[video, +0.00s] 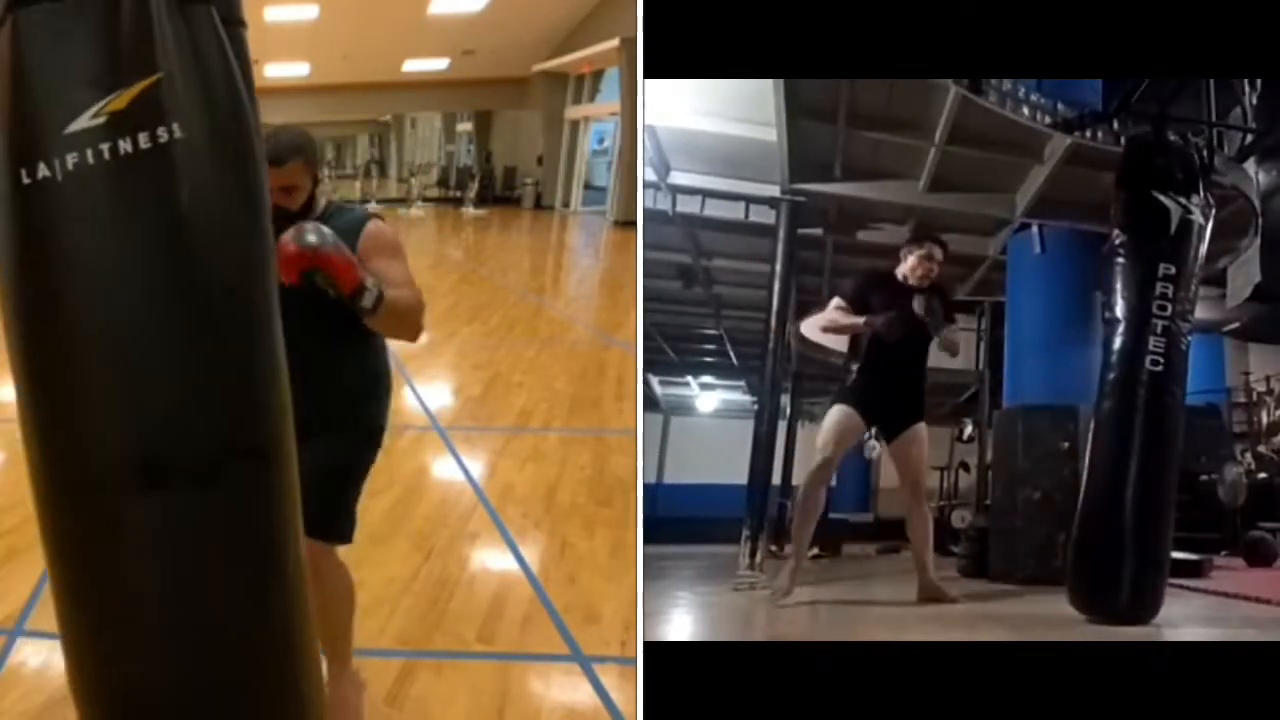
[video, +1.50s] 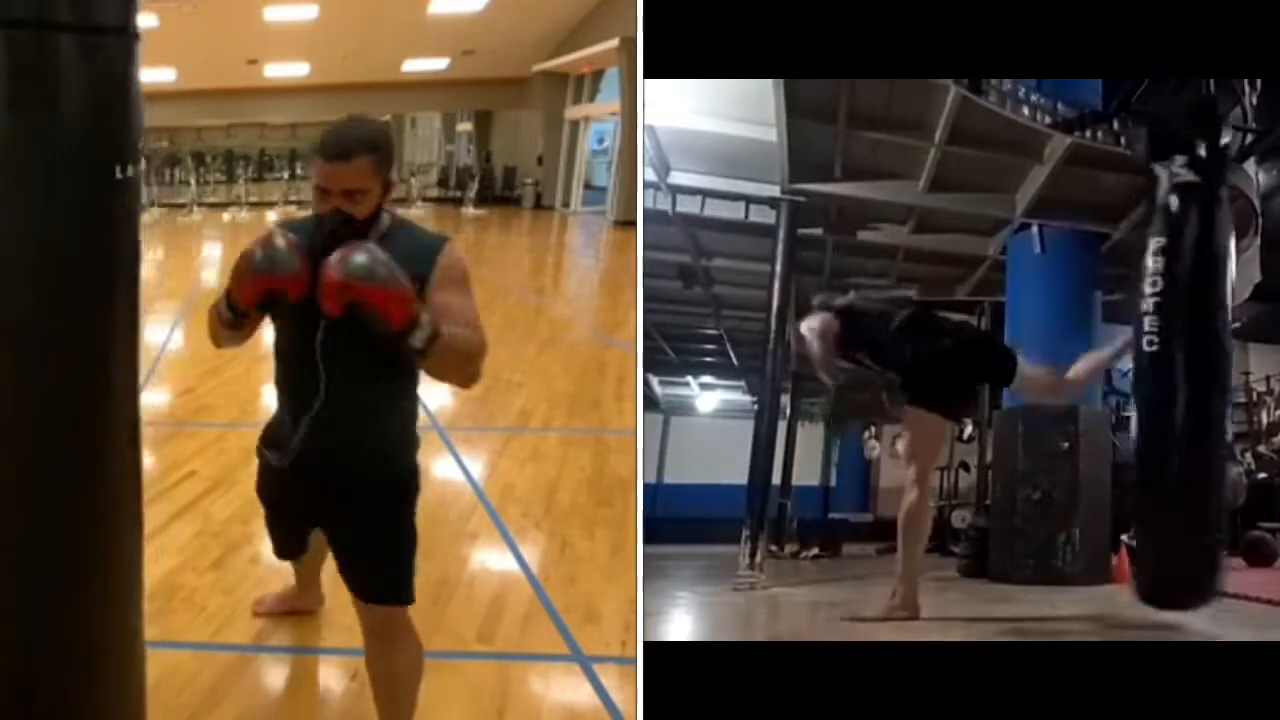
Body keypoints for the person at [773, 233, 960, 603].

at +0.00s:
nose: (929, 268)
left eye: (936, 263)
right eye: (925, 258)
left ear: (938, 269)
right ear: (905, 255)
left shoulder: (935, 298)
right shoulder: (874, 284)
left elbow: (954, 348)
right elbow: (820, 322)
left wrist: (937, 325)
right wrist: (868, 322)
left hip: (906, 402)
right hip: (861, 394)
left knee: (918, 491)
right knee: (823, 464)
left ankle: (927, 581)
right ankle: (794, 564)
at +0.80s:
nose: (880, 253)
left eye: (888, 248)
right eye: (872, 244)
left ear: (894, 256)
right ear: (853, 247)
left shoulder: (897, 294)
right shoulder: (821, 285)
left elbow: (917, 344)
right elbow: (780, 329)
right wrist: (816, 325)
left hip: (879, 396)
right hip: (833, 395)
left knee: (877, 472)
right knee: (791, 492)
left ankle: (891, 592)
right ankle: (796, 589)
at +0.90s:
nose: (869, 253)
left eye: (876, 248)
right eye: (863, 246)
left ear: (886, 256)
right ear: (846, 251)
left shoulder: (896, 295)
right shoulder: (817, 293)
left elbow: (932, 346)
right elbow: (777, 344)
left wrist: (945, 372)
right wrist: (792, 337)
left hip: (875, 404)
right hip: (827, 405)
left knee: (870, 480)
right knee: (787, 495)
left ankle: (888, 596)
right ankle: (795, 591)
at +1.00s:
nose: (834, 236)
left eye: (842, 228)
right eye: (830, 228)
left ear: (864, 229)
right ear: (828, 231)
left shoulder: (881, 269)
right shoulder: (850, 277)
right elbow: (860, 338)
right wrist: (819, 338)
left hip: (892, 380)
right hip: (859, 381)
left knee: (860, 469)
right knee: (822, 474)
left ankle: (899, 579)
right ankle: (806, 574)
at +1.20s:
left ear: (832, 257)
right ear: (875, 253)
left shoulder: (822, 275)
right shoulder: (891, 271)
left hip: (902, 362)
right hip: (944, 350)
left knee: (892, 485)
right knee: (932, 403)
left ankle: (902, 597)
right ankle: (1022, 408)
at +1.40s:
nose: (797, 347)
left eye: (794, 339)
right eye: (792, 342)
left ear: (798, 326)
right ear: (809, 315)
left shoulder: (822, 321)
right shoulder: (849, 313)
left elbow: (789, 316)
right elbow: (906, 301)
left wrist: (789, 322)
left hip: (920, 364)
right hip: (951, 335)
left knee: (917, 483)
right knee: (1062, 348)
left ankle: (906, 597)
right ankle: (1146, 327)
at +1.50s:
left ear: (817, 318)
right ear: (834, 304)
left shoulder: (828, 318)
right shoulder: (869, 308)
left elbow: (812, 330)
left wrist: (823, 365)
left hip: (930, 367)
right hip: (966, 341)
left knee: (918, 484)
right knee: (1063, 387)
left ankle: (906, 597)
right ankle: (1123, 345)